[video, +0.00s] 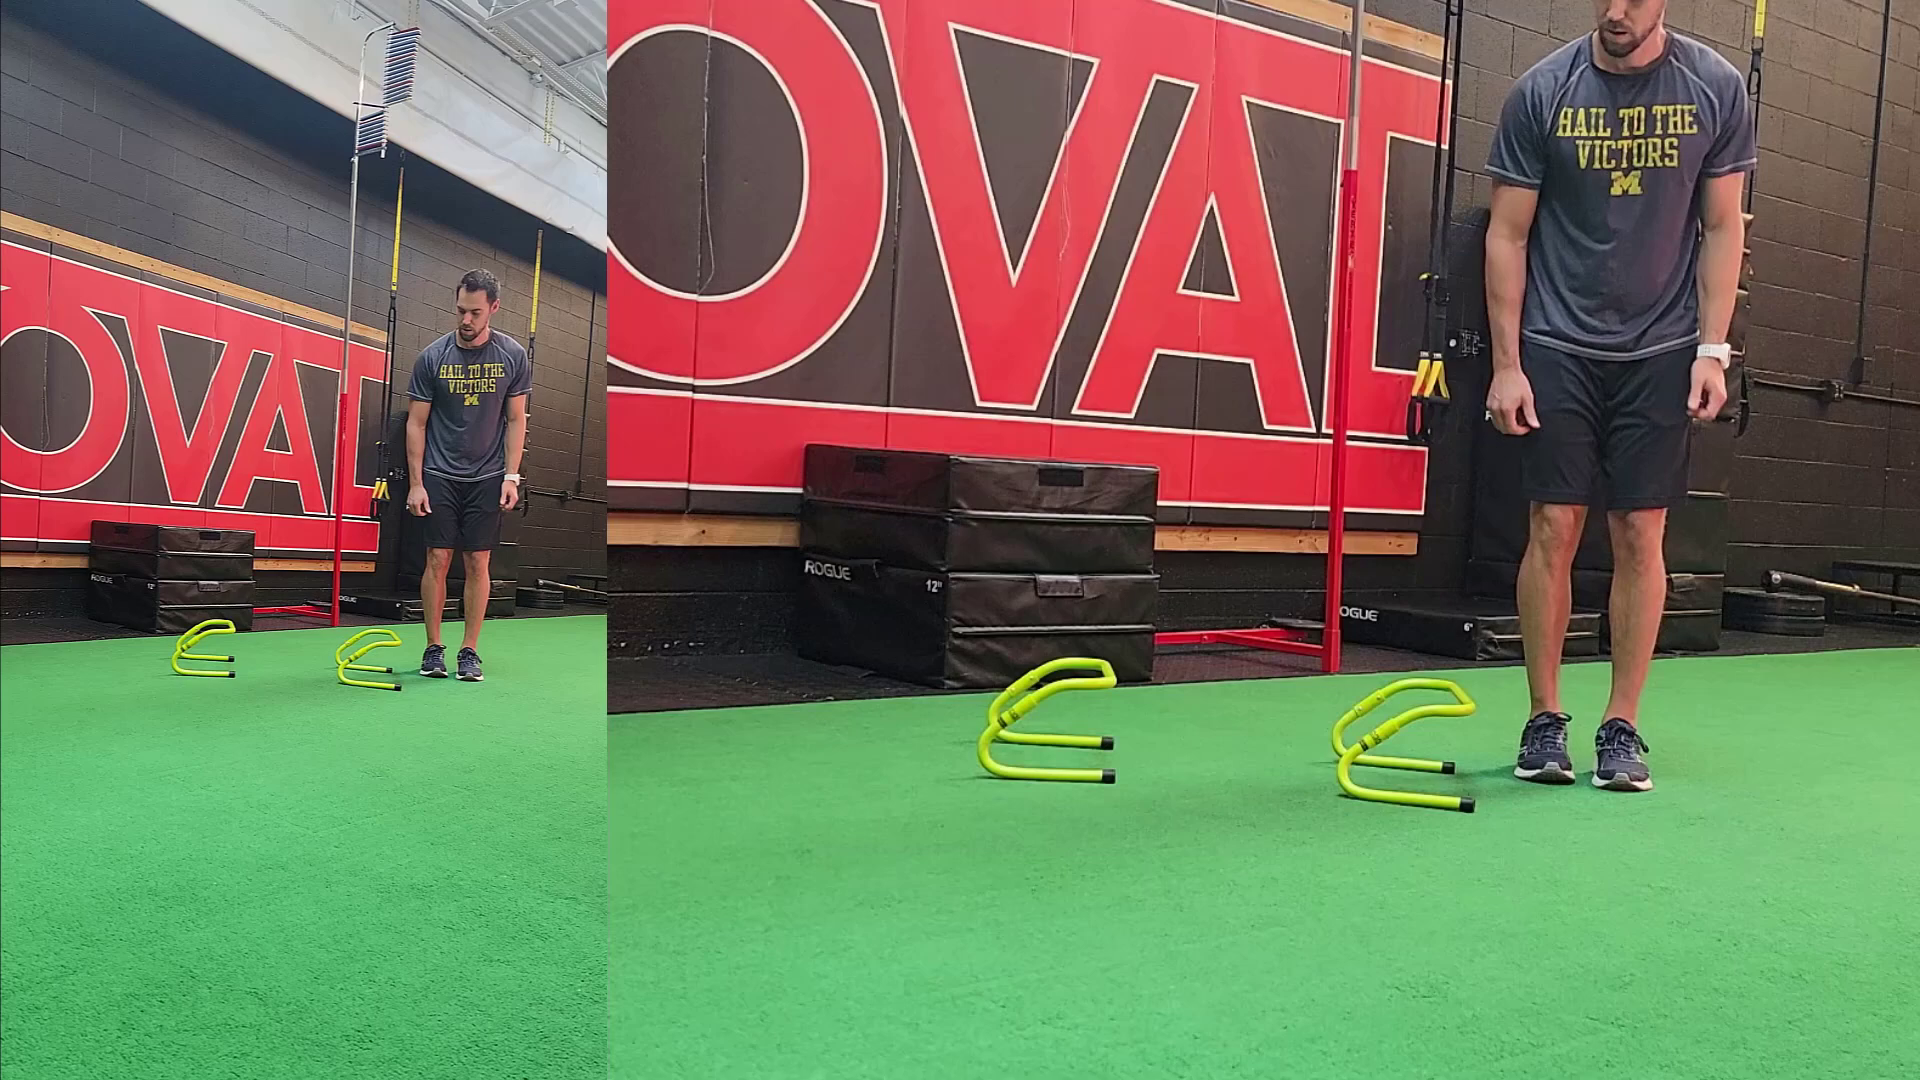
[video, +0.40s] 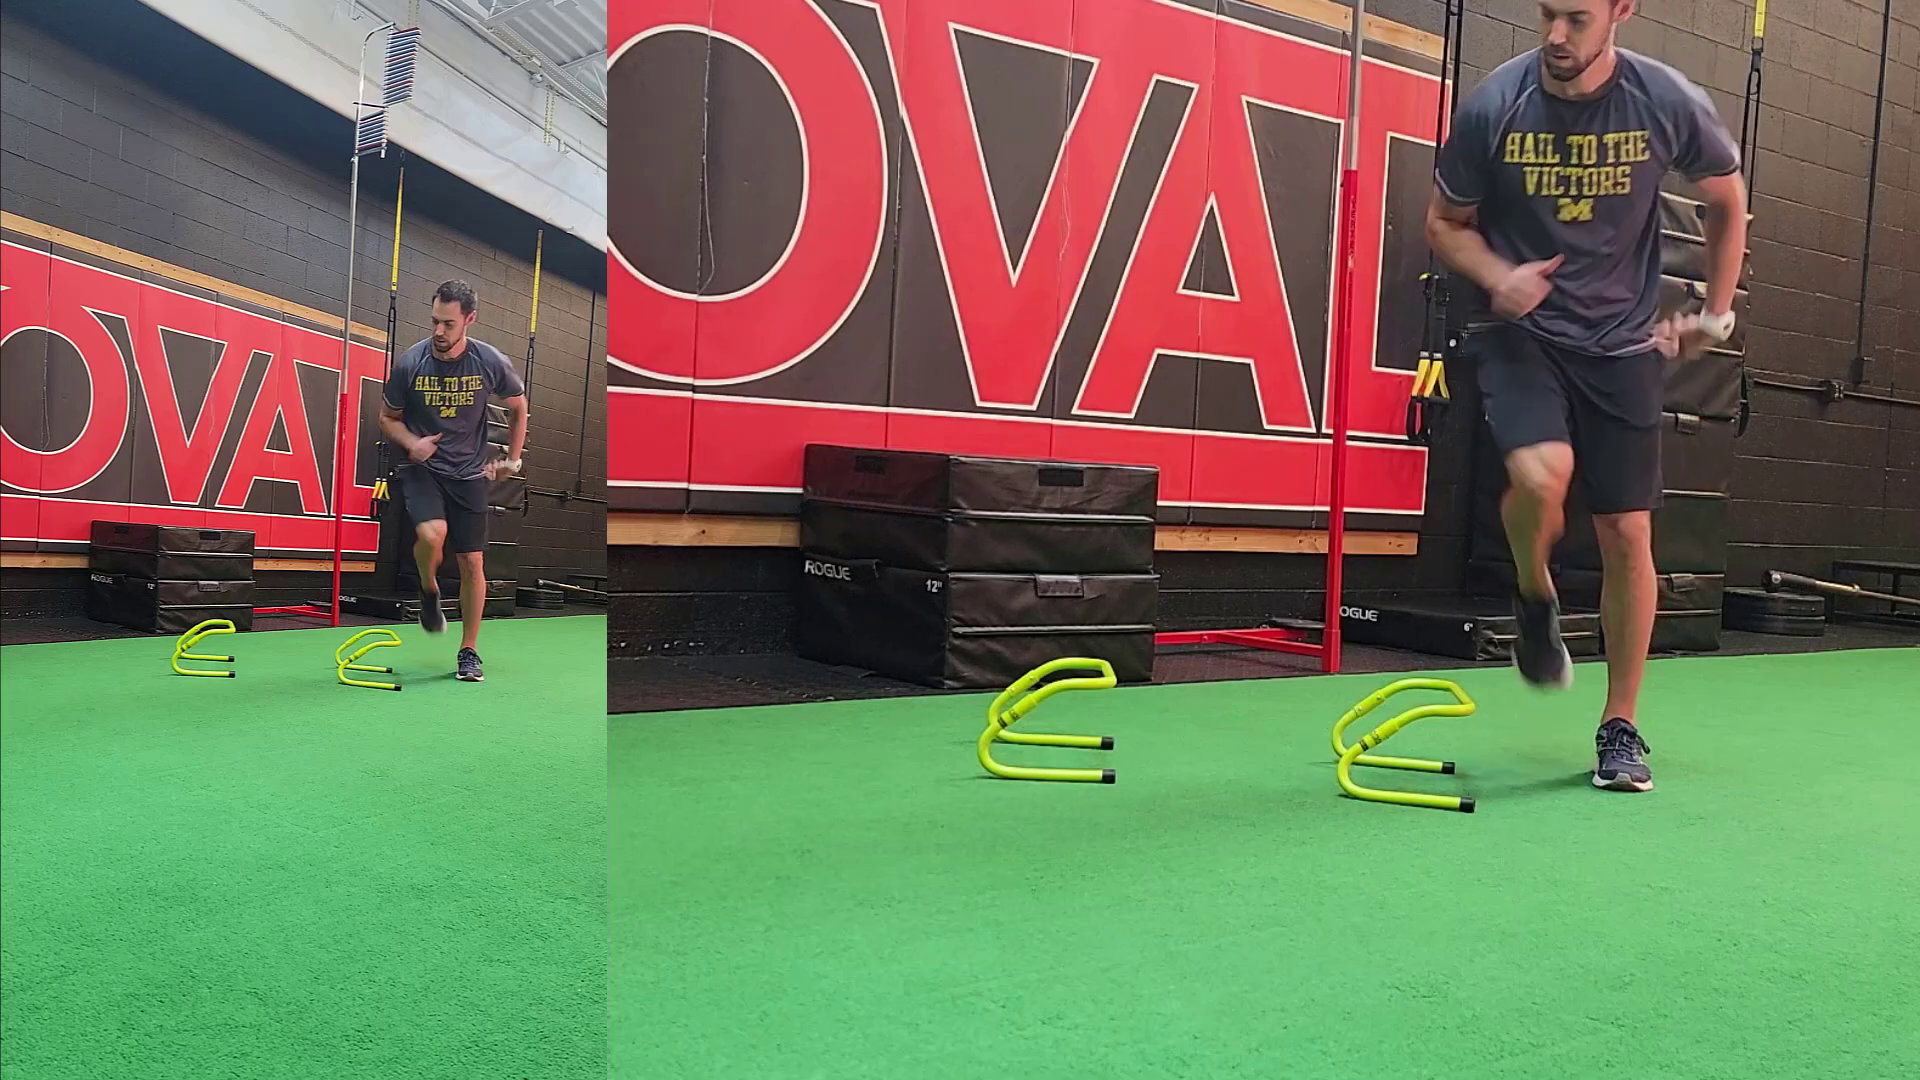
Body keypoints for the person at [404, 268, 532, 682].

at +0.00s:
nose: (466, 320)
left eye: (475, 312)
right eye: (461, 311)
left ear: (493, 308)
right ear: (455, 307)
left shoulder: (513, 357)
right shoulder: (432, 357)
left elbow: (517, 419)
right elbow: (416, 423)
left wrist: (511, 476)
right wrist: (415, 482)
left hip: (487, 477)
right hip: (439, 475)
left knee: (478, 561)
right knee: (438, 560)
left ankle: (470, 650)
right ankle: (433, 647)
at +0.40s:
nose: (439, 331)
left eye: (448, 323)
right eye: (435, 321)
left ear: (469, 320)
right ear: (430, 316)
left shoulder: (491, 363)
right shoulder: (409, 364)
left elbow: (518, 406)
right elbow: (387, 418)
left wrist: (513, 459)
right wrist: (411, 443)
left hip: (470, 473)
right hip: (422, 468)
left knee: (471, 560)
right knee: (432, 533)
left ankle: (468, 650)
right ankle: (430, 591)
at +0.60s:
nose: (408, 331)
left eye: (417, 324)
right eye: (404, 322)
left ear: (439, 321)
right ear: (398, 318)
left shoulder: (461, 369)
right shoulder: (379, 369)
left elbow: (473, 428)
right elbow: (350, 419)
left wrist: (464, 464)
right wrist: (336, 474)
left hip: (442, 472)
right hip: (390, 465)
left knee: (456, 562)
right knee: (368, 514)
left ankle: (467, 649)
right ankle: (350, 583)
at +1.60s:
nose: (166, 371)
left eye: (174, 362)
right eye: (160, 360)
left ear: (194, 352)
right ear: (154, 351)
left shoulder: (217, 401)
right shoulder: (145, 383)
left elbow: (186, 469)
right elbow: (148, 433)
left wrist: (148, 419)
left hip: (201, 485)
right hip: (155, 478)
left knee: (157, 528)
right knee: (121, 546)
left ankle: (160, 577)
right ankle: (120, 637)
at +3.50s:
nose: (379, 310)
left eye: (388, 301)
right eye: (373, 299)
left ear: (402, 300)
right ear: (361, 295)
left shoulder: (415, 342)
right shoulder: (333, 347)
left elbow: (426, 393)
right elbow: (307, 407)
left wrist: (418, 424)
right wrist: (295, 468)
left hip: (391, 452)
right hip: (339, 452)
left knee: (415, 526)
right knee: (330, 544)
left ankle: (425, 601)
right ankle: (296, 627)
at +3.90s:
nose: (269, 311)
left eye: (278, 303)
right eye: (263, 301)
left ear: (296, 298)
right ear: (255, 296)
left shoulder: (316, 348)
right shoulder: (233, 340)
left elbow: (332, 405)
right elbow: (213, 389)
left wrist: (327, 465)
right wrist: (210, 421)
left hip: (288, 458)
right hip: (239, 445)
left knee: (290, 549)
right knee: (207, 495)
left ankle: (304, 643)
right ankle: (211, 537)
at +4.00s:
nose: (239, 314)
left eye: (247, 305)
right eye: (233, 303)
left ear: (264, 299)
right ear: (224, 296)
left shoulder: (284, 344)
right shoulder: (201, 336)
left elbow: (312, 400)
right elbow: (185, 383)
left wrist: (307, 456)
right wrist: (190, 414)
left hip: (261, 444)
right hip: (212, 438)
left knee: (262, 522)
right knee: (177, 516)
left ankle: (286, 610)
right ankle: (140, 600)